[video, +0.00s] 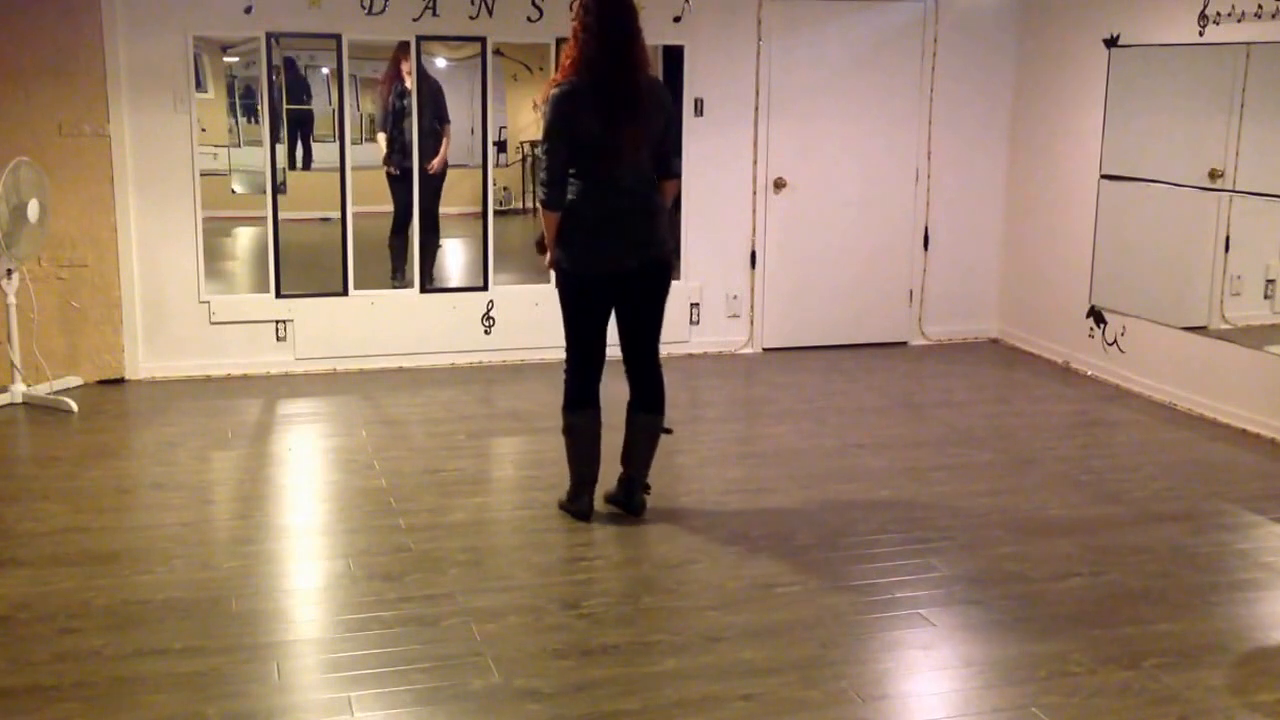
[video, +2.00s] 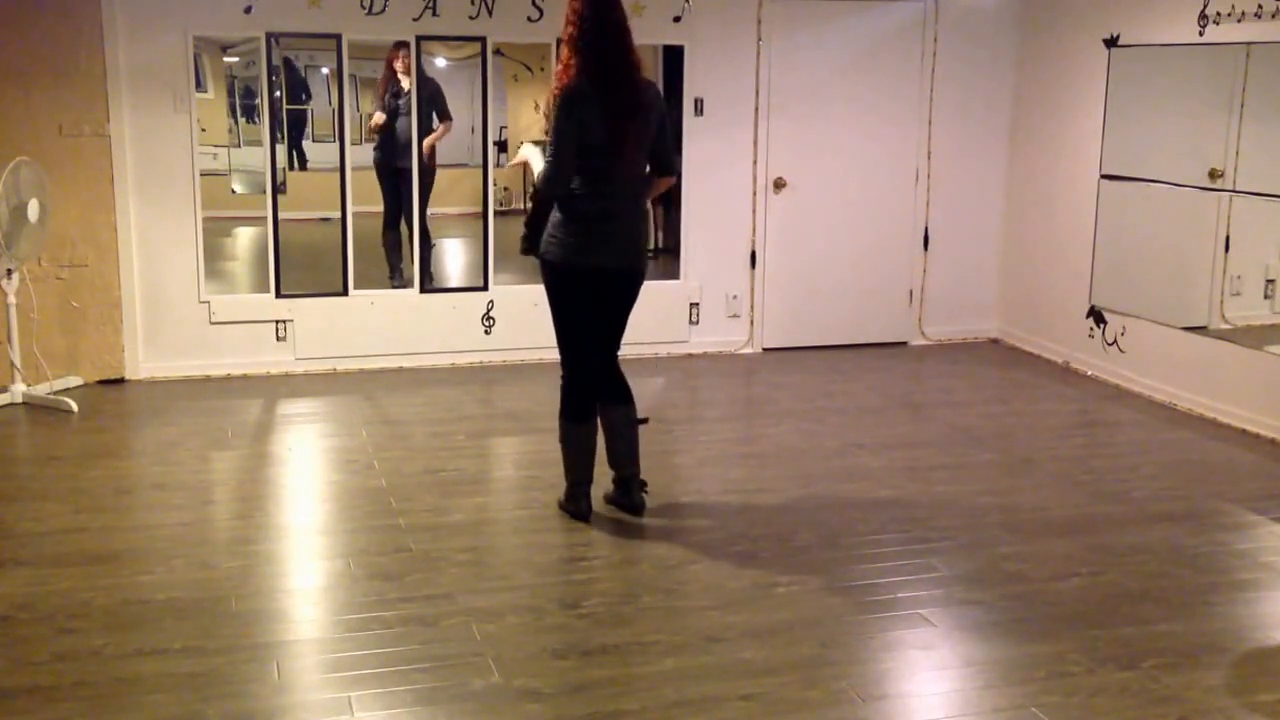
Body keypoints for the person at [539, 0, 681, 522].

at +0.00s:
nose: (570, 33)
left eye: (575, 25)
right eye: (576, 23)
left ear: (581, 34)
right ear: (633, 34)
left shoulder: (568, 95)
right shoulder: (658, 94)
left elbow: (554, 185)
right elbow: (669, 179)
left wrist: (551, 245)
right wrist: (649, 226)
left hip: (585, 251)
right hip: (647, 252)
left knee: (582, 367)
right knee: (644, 362)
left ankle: (581, 491)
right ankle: (634, 485)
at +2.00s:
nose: (563, 40)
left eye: (567, 33)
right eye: (568, 31)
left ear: (574, 39)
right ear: (623, 37)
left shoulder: (569, 97)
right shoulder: (648, 95)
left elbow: (556, 178)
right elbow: (669, 170)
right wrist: (635, 201)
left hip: (569, 249)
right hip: (627, 250)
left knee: (577, 365)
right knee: (606, 358)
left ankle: (578, 493)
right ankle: (629, 482)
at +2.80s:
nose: (562, 40)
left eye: (567, 31)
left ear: (572, 39)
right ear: (625, 36)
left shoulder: (558, 97)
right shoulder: (649, 91)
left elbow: (527, 172)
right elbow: (683, 162)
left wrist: (559, 152)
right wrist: (647, 171)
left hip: (585, 256)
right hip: (648, 255)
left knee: (581, 364)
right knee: (638, 360)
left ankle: (579, 493)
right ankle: (632, 486)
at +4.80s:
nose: (565, 34)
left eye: (570, 24)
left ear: (575, 31)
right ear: (626, 31)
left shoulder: (553, 89)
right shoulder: (648, 86)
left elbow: (519, 166)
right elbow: (713, 135)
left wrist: (563, 166)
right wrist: (680, 163)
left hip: (584, 250)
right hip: (648, 250)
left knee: (584, 365)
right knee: (639, 360)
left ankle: (579, 490)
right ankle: (634, 485)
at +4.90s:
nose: (570, 30)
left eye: (572, 22)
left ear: (574, 31)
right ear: (627, 31)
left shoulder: (551, 87)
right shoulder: (647, 86)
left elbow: (517, 166)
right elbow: (711, 139)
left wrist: (556, 171)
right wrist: (685, 156)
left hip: (581, 250)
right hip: (645, 248)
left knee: (582, 365)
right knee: (638, 360)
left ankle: (579, 492)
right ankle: (635, 485)